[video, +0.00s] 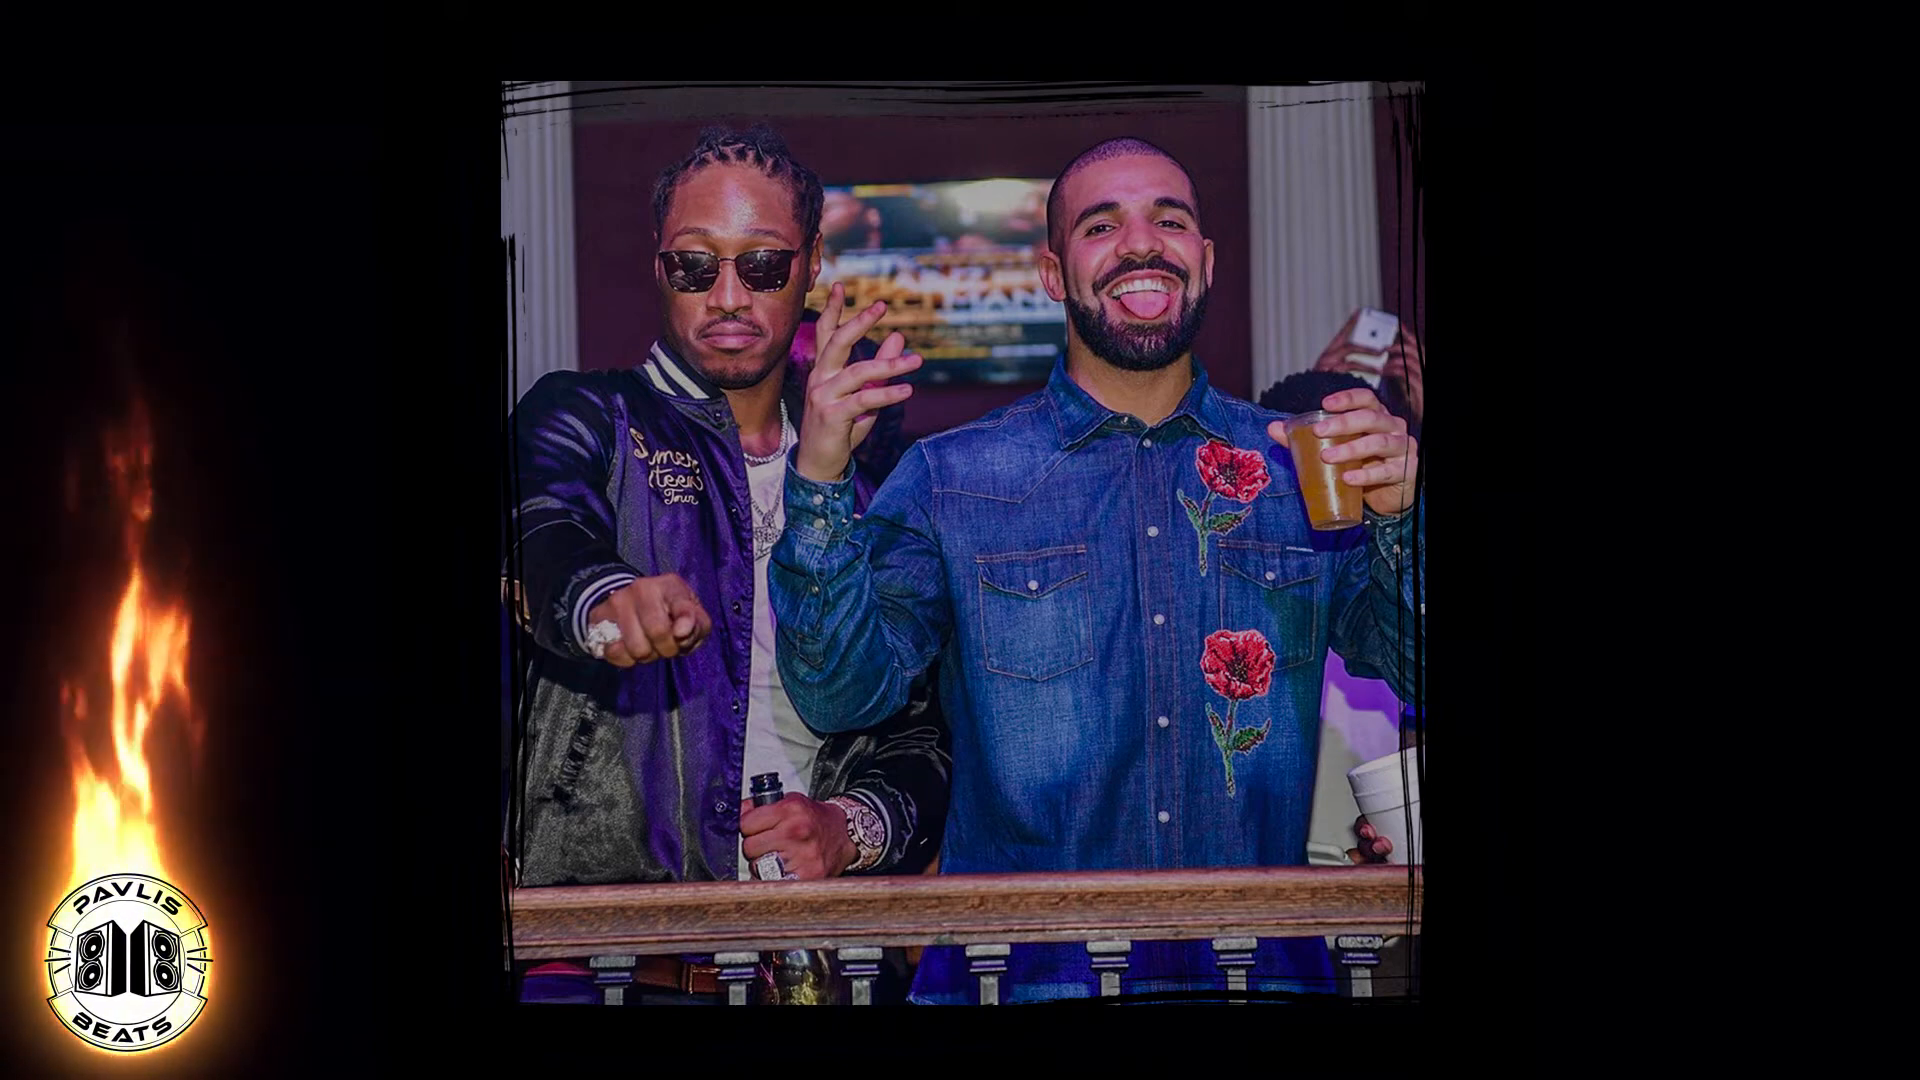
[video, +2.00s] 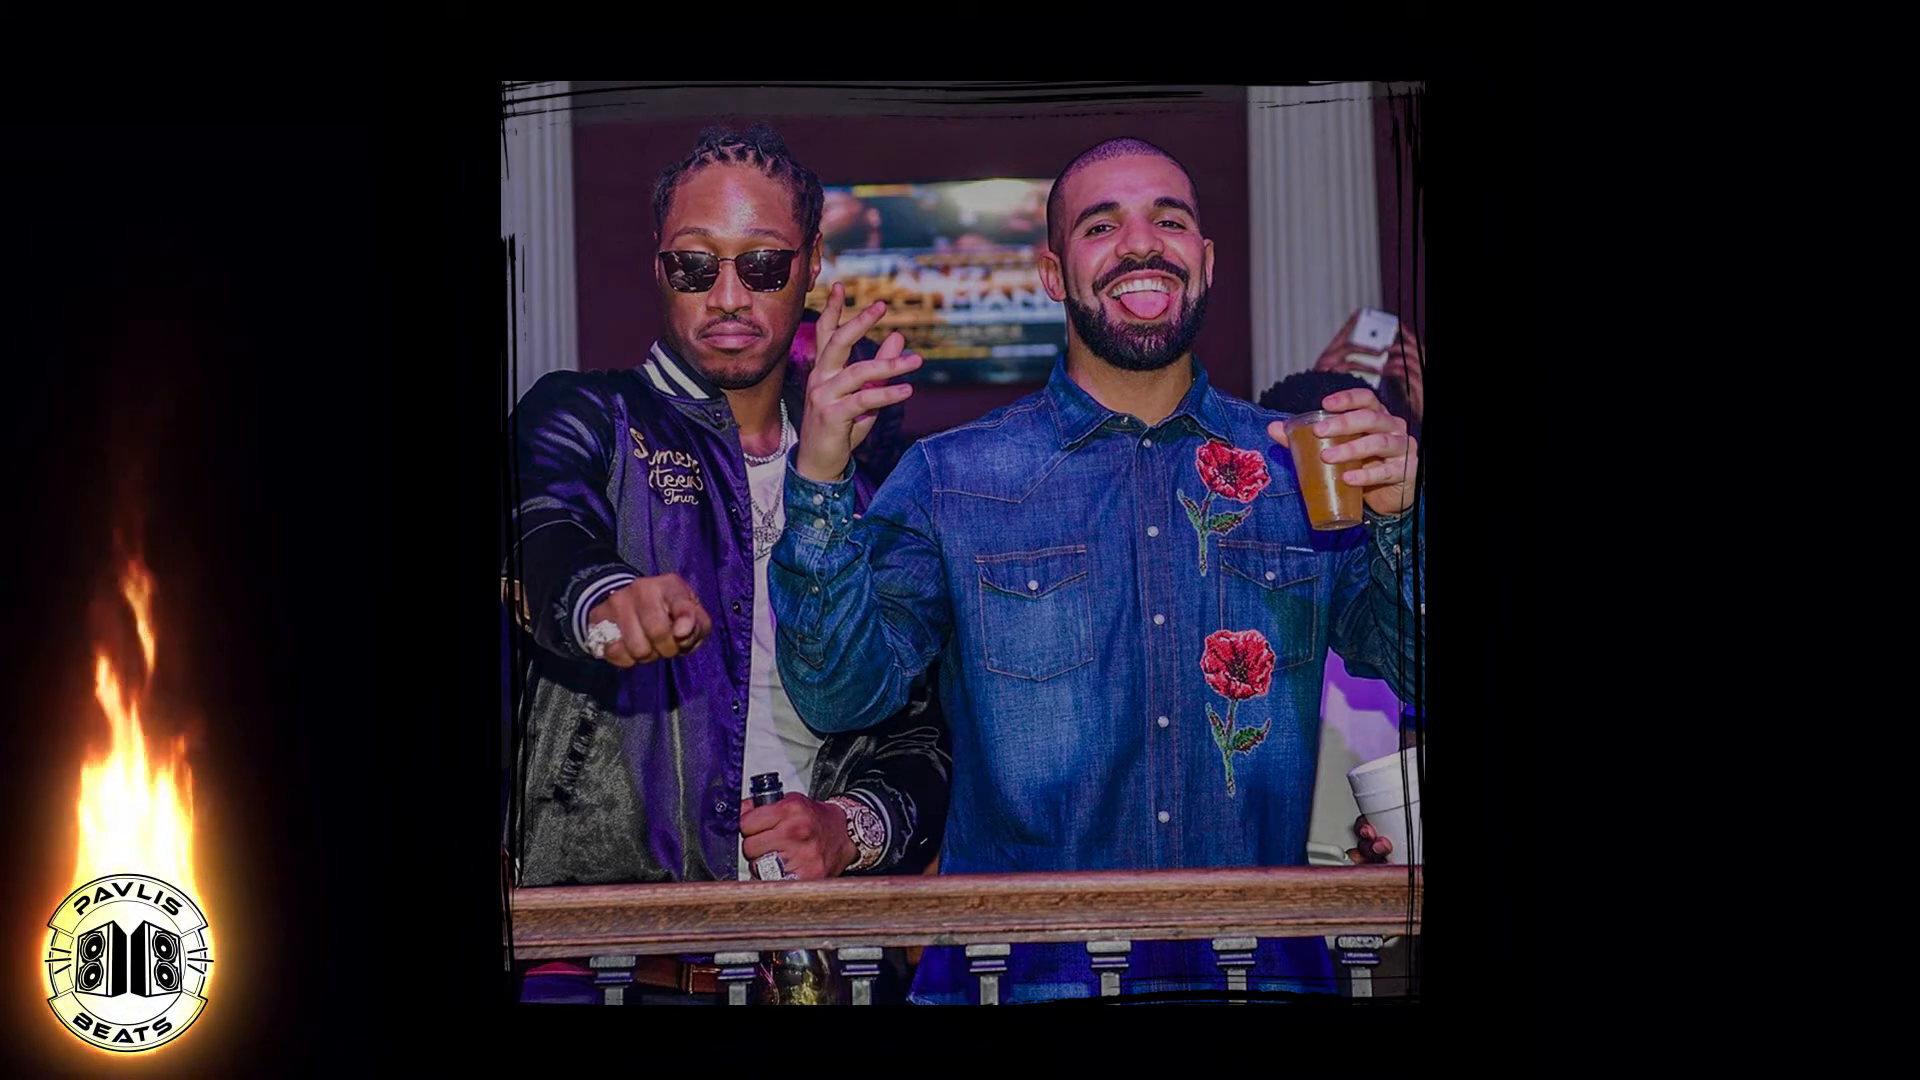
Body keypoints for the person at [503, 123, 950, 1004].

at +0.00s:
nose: (729, 296)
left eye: (764, 266)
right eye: (694, 266)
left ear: (811, 274)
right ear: (658, 273)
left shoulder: (879, 459)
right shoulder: (581, 411)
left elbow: (926, 724)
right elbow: (540, 526)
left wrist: (857, 825)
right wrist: (603, 596)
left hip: (827, 942)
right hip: (605, 942)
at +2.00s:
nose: (729, 296)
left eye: (764, 266)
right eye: (694, 266)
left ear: (811, 274)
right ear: (658, 273)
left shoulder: (878, 459)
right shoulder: (581, 411)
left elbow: (926, 724)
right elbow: (540, 526)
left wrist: (857, 825)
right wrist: (603, 595)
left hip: (827, 942)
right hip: (606, 942)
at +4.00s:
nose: (729, 296)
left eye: (763, 266)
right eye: (694, 266)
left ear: (811, 274)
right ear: (658, 272)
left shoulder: (878, 460)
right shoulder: (581, 412)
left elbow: (926, 726)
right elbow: (540, 525)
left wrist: (857, 826)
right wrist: (602, 595)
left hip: (827, 944)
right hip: (605, 943)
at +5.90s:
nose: (729, 296)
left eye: (763, 266)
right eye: (694, 266)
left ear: (811, 274)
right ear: (658, 272)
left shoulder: (878, 460)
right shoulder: (581, 412)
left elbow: (926, 726)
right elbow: (540, 525)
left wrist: (857, 826)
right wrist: (602, 595)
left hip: (827, 944)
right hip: (605, 943)